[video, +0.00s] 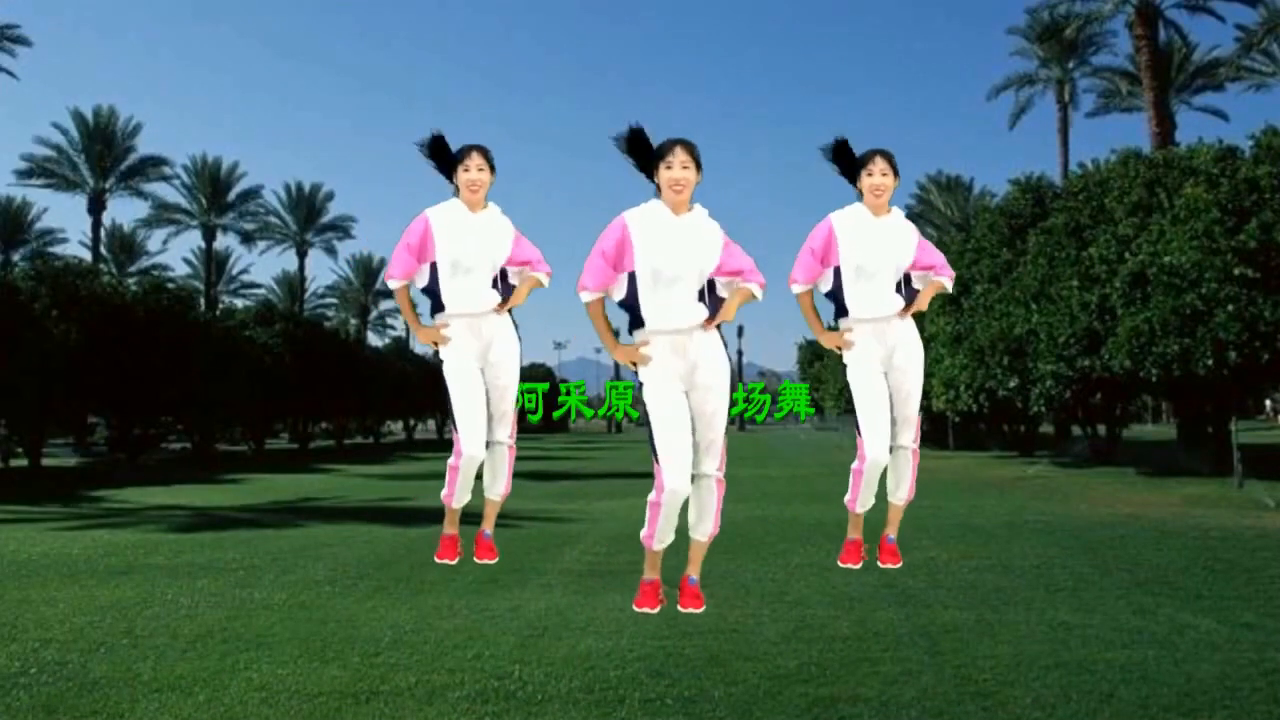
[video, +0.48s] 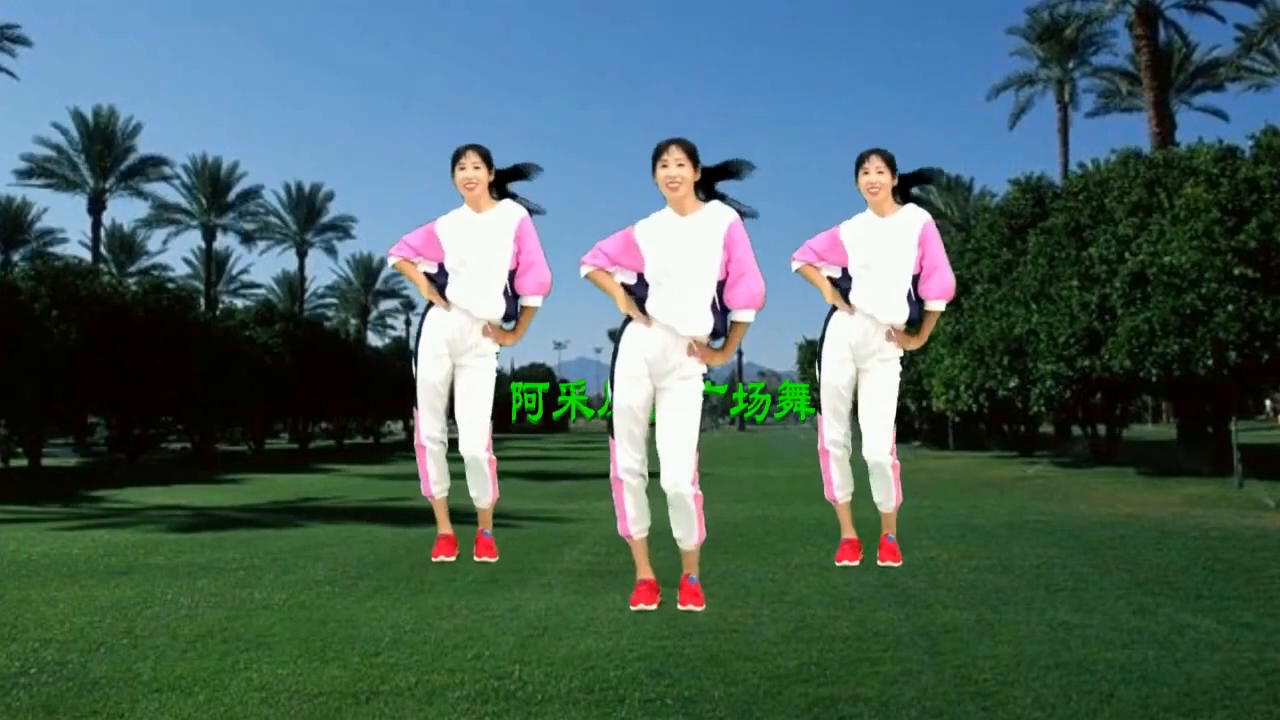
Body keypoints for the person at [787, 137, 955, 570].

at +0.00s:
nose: (878, 182)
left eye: (885, 175)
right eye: (870, 175)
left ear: (895, 183)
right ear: (858, 182)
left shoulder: (905, 230)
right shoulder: (837, 225)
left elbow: (940, 272)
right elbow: (801, 280)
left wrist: (922, 300)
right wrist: (822, 334)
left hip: (904, 335)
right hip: (859, 338)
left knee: (906, 440)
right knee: (875, 447)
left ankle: (890, 536)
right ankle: (854, 536)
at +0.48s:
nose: (872, 178)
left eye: (880, 172)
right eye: (865, 173)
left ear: (894, 179)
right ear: (857, 183)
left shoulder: (917, 222)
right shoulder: (851, 228)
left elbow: (940, 285)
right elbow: (803, 258)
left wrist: (919, 338)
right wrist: (832, 297)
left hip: (886, 338)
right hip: (842, 331)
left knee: (878, 444)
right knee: (833, 436)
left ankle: (888, 536)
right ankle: (848, 535)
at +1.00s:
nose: (869, 176)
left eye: (877, 170)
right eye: (863, 169)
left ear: (891, 178)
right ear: (855, 177)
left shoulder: (909, 223)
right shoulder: (835, 222)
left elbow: (959, 248)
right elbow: (798, 275)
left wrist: (928, 284)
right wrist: (821, 322)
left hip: (901, 331)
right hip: (857, 335)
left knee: (901, 440)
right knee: (866, 443)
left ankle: (889, 536)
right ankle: (852, 537)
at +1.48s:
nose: (874, 186)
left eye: (882, 179)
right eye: (870, 179)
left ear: (903, 185)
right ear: (865, 186)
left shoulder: (912, 238)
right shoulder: (844, 225)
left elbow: (909, 295)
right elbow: (802, 276)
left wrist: (918, 238)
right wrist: (819, 325)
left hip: (899, 339)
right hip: (855, 340)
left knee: (900, 447)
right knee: (876, 444)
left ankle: (889, 537)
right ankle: (861, 507)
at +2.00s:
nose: (853, 164)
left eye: (861, 157)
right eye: (850, 157)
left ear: (881, 164)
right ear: (846, 165)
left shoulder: (901, 210)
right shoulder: (830, 211)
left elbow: (904, 243)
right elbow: (789, 247)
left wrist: (888, 187)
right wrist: (806, 293)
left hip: (872, 326)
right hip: (828, 322)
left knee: (871, 441)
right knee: (807, 429)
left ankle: (888, 532)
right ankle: (787, 524)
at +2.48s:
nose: (865, 176)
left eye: (875, 171)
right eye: (862, 170)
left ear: (892, 182)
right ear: (855, 179)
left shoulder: (898, 228)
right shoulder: (829, 219)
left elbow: (892, 247)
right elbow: (787, 264)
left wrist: (898, 205)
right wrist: (803, 314)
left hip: (878, 332)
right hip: (834, 333)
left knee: (879, 444)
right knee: (842, 445)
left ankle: (879, 534)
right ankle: (846, 477)